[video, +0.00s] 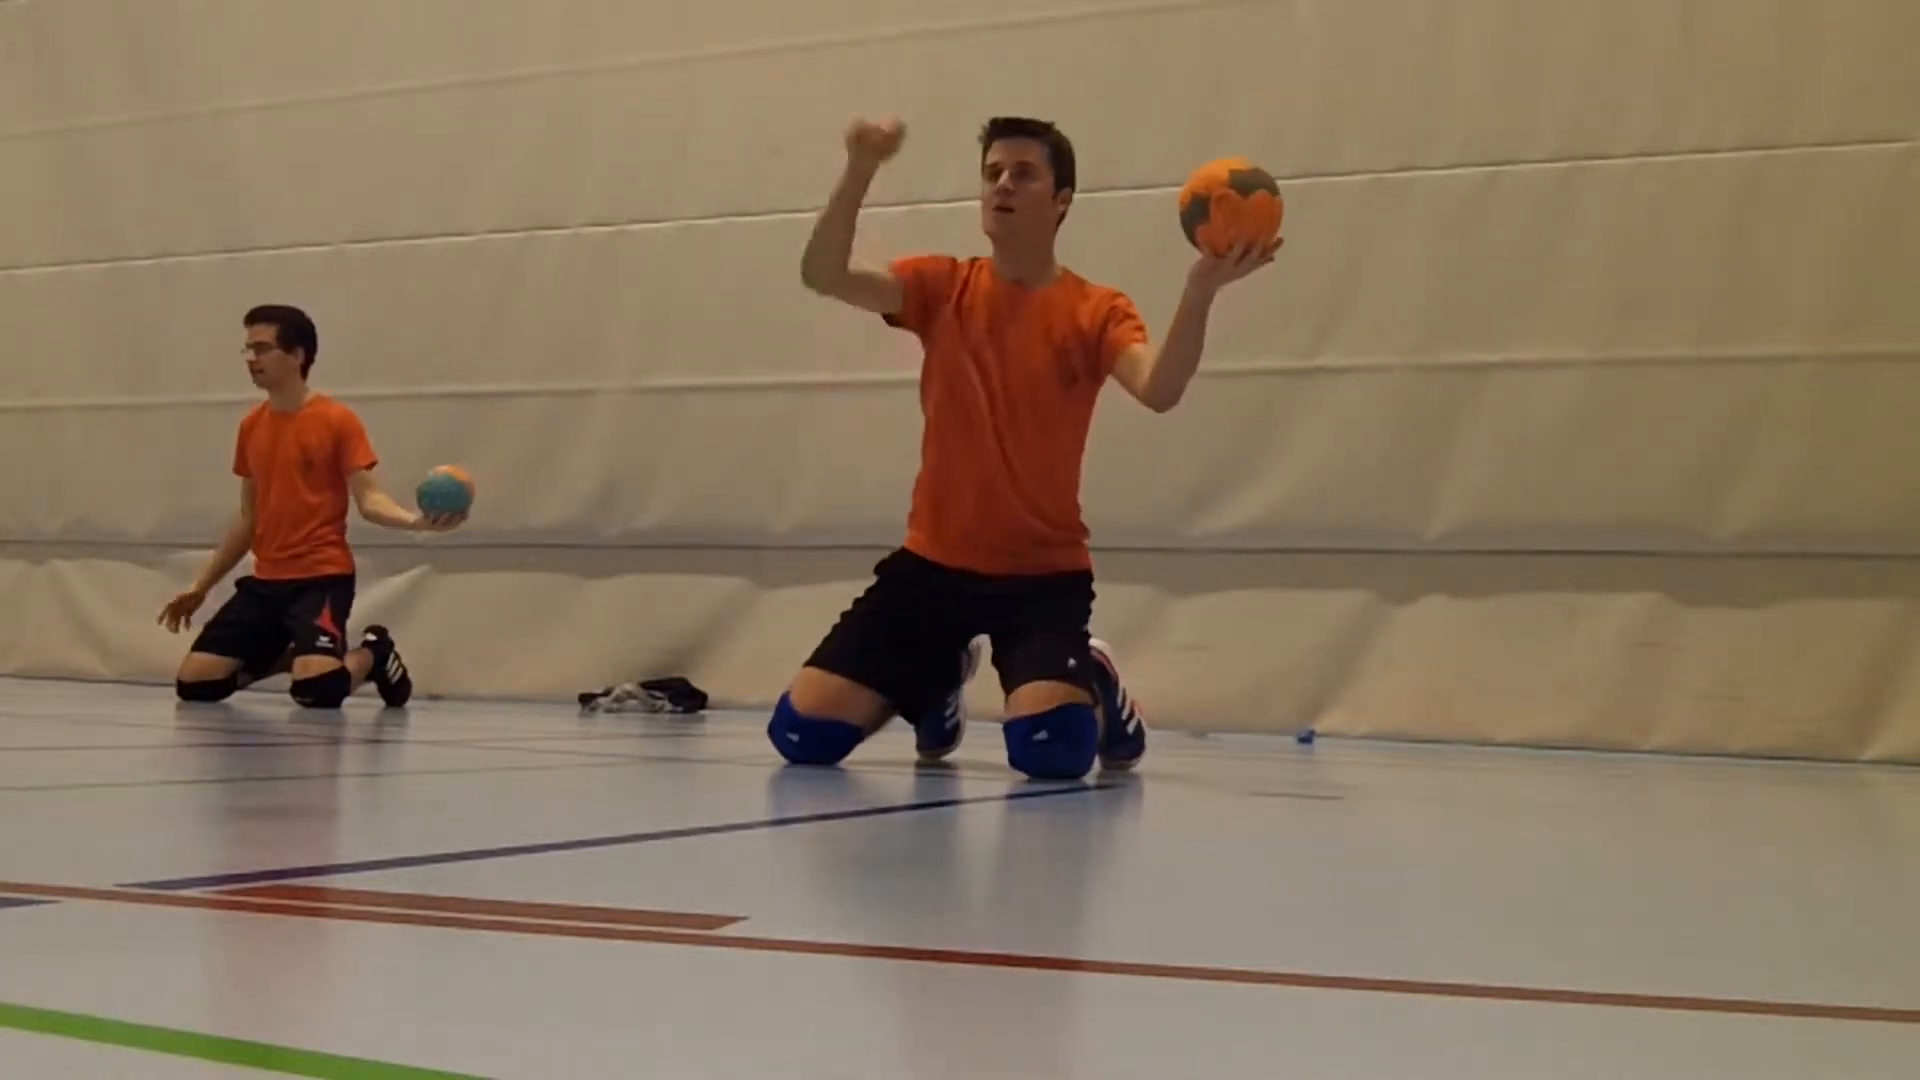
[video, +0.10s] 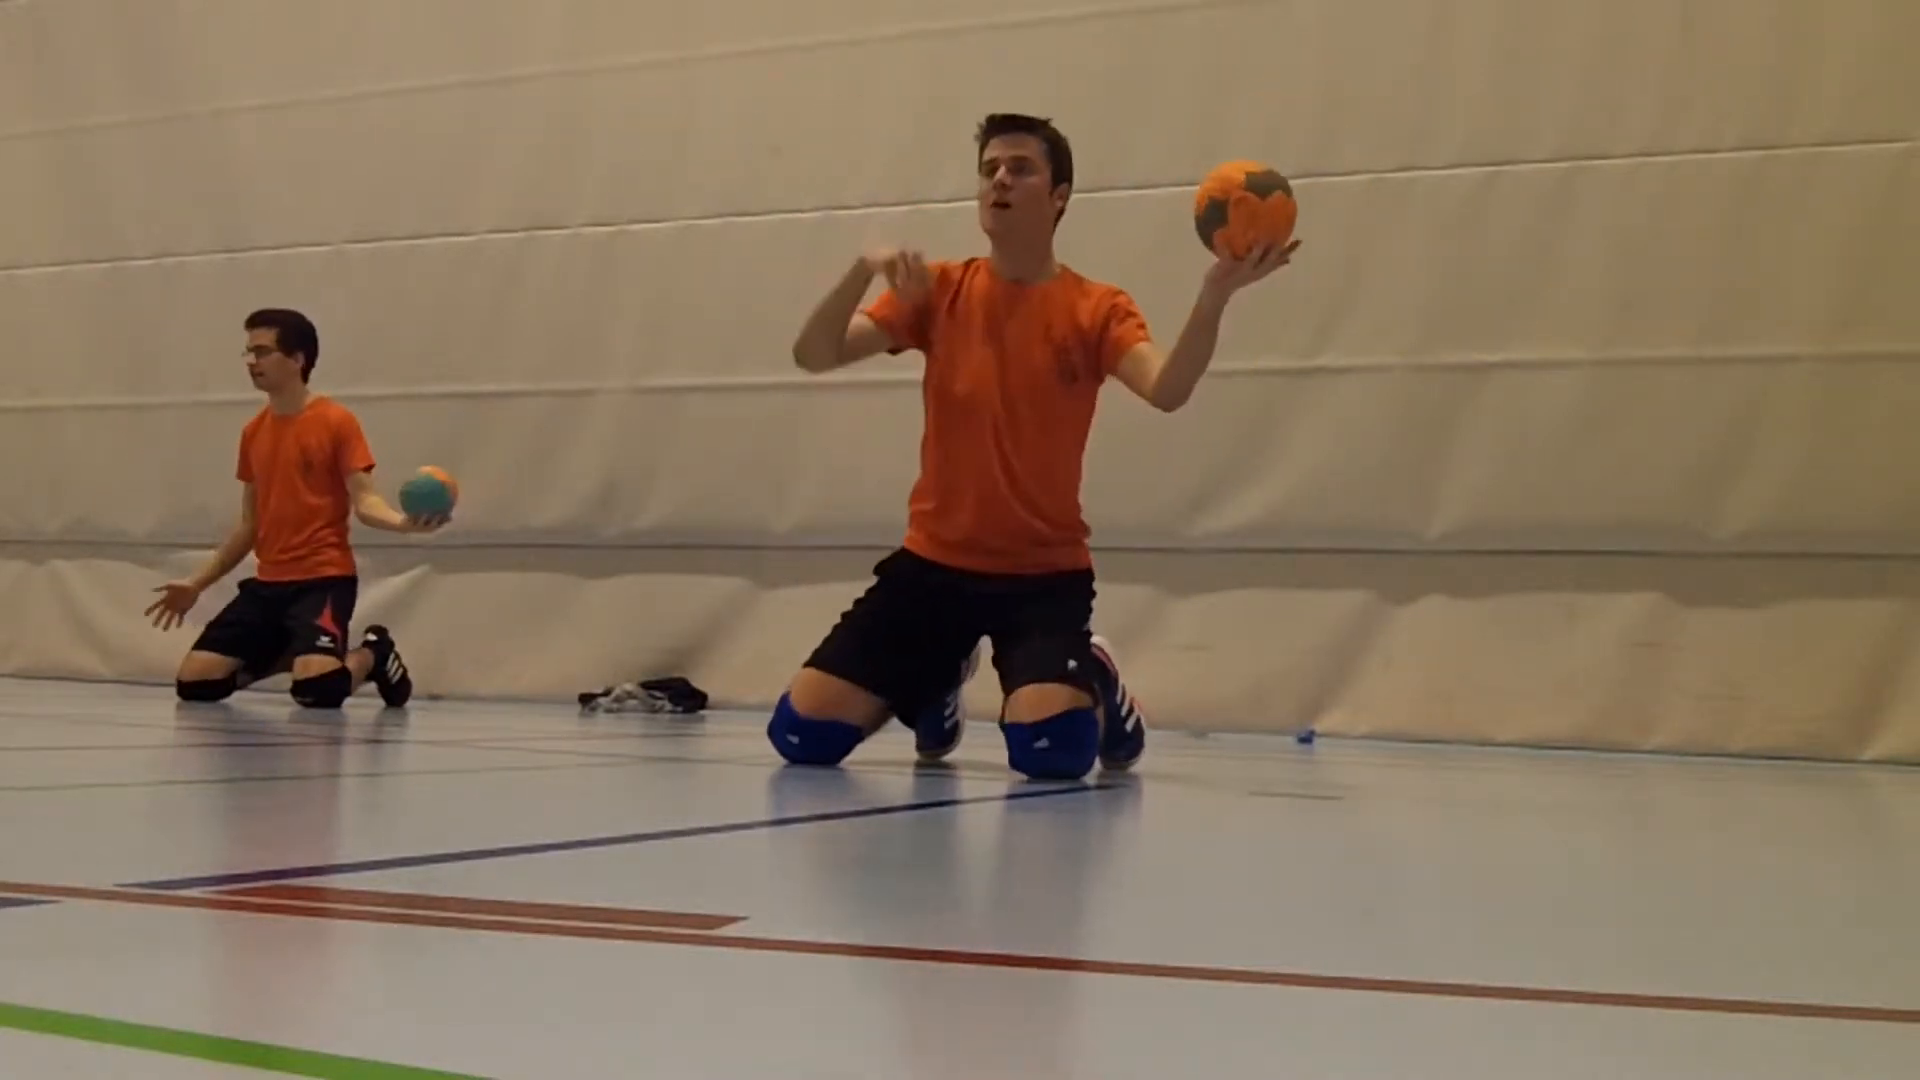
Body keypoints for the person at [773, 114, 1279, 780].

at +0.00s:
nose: (1004, 185)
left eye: (1024, 174)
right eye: (994, 173)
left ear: (1062, 202)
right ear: (979, 194)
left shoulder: (1093, 311)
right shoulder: (942, 287)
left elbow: (1160, 389)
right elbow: (824, 272)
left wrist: (1203, 287)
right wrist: (857, 171)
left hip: (1043, 575)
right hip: (932, 566)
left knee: (1046, 753)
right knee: (800, 737)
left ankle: (1096, 681)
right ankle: (935, 672)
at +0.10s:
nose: (1000, 181)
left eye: (1021, 168)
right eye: (990, 170)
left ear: (1059, 198)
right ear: (975, 194)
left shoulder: (1093, 309)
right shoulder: (937, 290)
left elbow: (1167, 388)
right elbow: (815, 353)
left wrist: (1217, 290)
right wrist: (861, 271)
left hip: (1045, 573)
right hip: (933, 565)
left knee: (1047, 755)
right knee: (800, 739)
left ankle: (1095, 680)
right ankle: (931, 674)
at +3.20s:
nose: (991, 234)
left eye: (1012, 221)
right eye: (982, 223)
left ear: (1054, 246)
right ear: (969, 242)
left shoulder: (1099, 362)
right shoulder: (942, 343)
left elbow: (1167, 478)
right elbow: (845, 440)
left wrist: (1228, 414)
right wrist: (776, 441)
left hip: (1053, 603)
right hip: (946, 599)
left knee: (1030, 751)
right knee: (822, 736)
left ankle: (1113, 685)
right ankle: (933, 690)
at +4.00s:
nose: (785, 209)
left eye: (804, 194)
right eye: (780, 199)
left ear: (857, 208)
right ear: (784, 219)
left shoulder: (923, 308)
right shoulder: (767, 319)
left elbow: (1002, 411)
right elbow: (650, 394)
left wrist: (1065, 357)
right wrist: (527, 383)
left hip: (940, 566)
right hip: (836, 579)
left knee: (1002, 742)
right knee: (713, 729)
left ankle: (1116, 684)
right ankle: (883, 681)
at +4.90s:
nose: (865, 227)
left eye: (885, 213)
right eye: (855, 213)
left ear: (927, 230)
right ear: (844, 224)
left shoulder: (974, 330)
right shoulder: (839, 336)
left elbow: (965, 470)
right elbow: (823, 476)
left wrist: (935, 371)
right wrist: (765, 414)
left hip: (972, 583)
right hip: (873, 588)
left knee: (955, 741)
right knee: (739, 729)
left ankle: (1086, 683)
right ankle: (902, 685)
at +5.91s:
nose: (982, 132)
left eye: (1005, 119)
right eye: (972, 122)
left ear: (1047, 149)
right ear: (963, 146)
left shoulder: (1085, 263)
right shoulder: (931, 252)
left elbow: (1122, 376)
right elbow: (846, 363)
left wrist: (1162, 294)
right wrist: (786, 365)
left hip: (1034, 537)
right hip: (924, 529)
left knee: (1024, 756)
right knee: (831, 739)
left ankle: (1104, 669)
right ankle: (956, 674)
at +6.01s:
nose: (972, 143)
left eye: (994, 130)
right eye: (963, 134)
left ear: (1037, 162)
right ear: (952, 160)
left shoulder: (1075, 276)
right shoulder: (925, 263)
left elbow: (1099, 394)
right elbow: (840, 371)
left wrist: (1130, 318)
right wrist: (780, 373)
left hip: (1033, 546)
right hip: (925, 539)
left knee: (1023, 754)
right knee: (829, 739)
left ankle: (1102, 669)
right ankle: (950, 675)